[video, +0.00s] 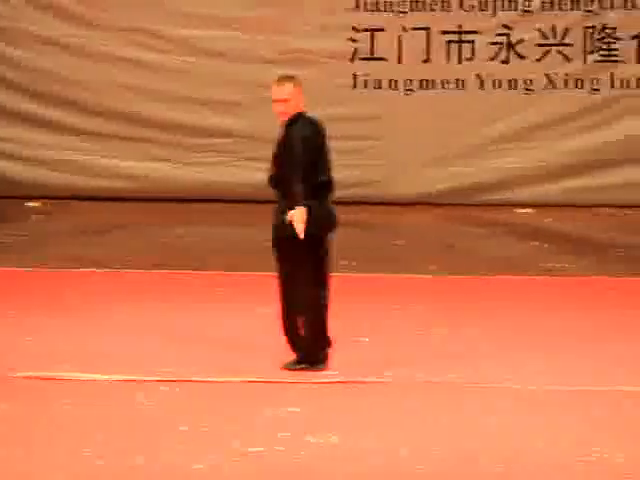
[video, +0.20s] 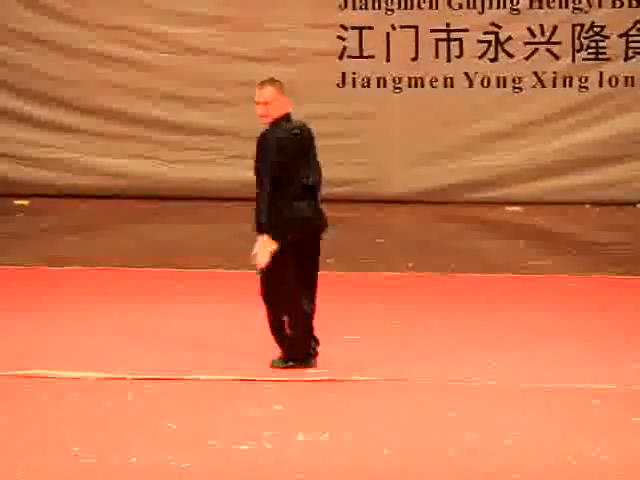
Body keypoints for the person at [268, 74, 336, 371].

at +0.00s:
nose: (278, 107)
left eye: (283, 101)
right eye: (275, 101)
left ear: (298, 98)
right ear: (278, 101)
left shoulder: (297, 130)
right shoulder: (309, 127)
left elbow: (296, 172)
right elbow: (315, 173)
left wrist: (297, 206)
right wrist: (302, 205)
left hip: (297, 220)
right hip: (312, 217)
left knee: (300, 287)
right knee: (311, 285)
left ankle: (309, 350)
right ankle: (314, 345)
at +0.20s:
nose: (259, 108)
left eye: (264, 103)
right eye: (258, 103)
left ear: (280, 102)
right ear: (283, 103)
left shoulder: (270, 138)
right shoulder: (304, 132)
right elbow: (313, 180)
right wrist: (308, 211)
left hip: (283, 226)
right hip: (309, 222)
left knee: (274, 288)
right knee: (304, 284)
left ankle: (291, 347)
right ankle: (304, 343)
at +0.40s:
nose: (246, 129)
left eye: (252, 123)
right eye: (245, 123)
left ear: (267, 121)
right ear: (243, 121)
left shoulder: (263, 152)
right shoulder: (277, 151)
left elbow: (219, 157)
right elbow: (299, 195)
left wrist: (220, 134)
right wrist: (311, 235)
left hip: (280, 239)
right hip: (290, 237)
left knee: (258, 294)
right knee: (280, 297)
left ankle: (232, 349)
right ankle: (292, 348)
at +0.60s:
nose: (258, 140)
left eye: (265, 135)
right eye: (255, 133)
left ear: (276, 137)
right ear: (248, 131)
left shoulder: (278, 173)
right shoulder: (236, 151)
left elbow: (294, 204)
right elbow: (214, 144)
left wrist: (305, 229)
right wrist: (194, 135)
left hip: (257, 250)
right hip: (225, 244)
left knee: (241, 310)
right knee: (222, 310)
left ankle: (219, 366)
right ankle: (268, 334)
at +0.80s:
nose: (269, 161)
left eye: (275, 155)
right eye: (263, 153)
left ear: (282, 155)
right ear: (252, 152)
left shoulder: (265, 185)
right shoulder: (241, 181)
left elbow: (267, 224)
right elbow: (253, 220)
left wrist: (255, 249)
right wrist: (285, 252)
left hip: (237, 260)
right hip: (214, 259)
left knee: (257, 314)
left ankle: (227, 368)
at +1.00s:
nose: (265, 164)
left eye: (269, 159)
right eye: (260, 157)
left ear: (273, 157)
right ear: (244, 152)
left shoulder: (246, 178)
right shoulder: (243, 184)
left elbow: (271, 197)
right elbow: (278, 214)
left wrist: (288, 218)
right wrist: (293, 206)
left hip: (226, 261)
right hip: (211, 262)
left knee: (254, 320)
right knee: (229, 332)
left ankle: (224, 373)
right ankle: (167, 345)